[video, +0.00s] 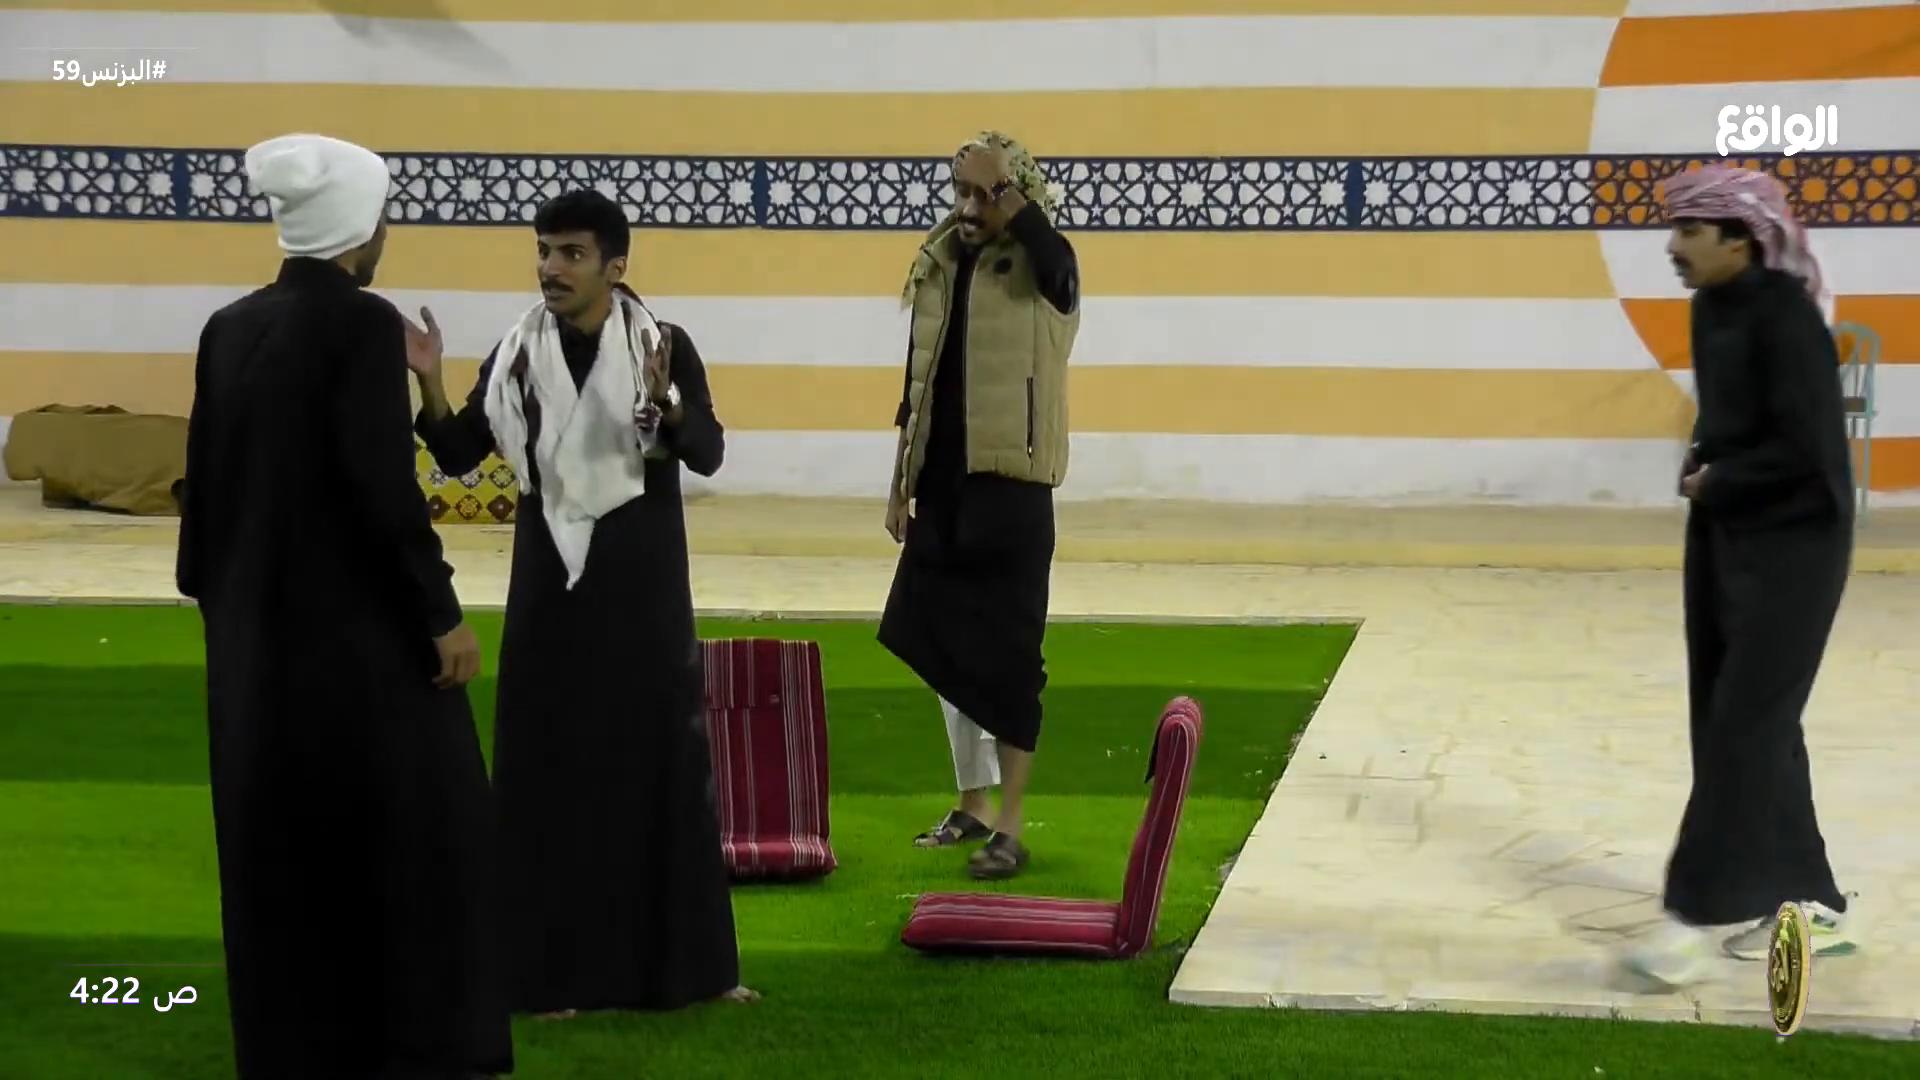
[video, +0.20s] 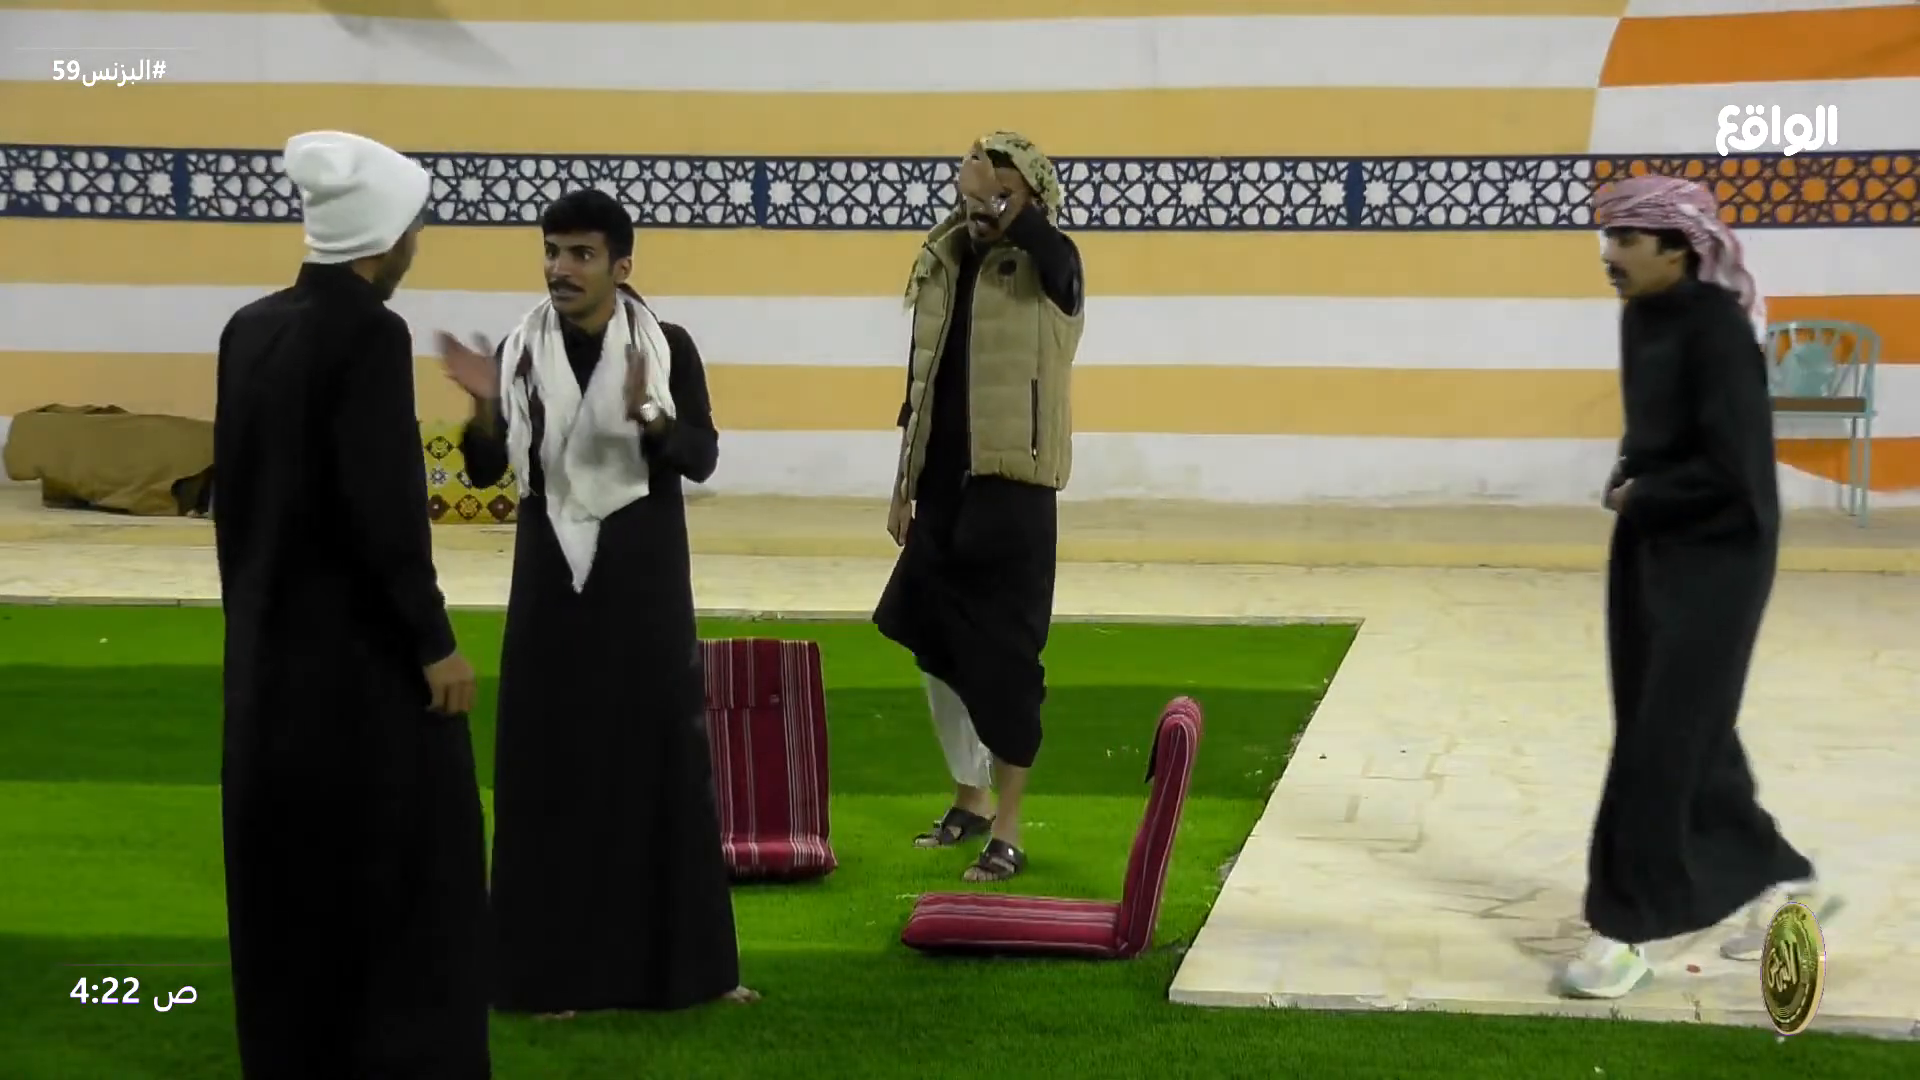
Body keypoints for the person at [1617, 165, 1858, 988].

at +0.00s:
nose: (1675, 249)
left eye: (1689, 234)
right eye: (1675, 234)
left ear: (1741, 239)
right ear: (1710, 242)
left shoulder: (1784, 313)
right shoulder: (1713, 314)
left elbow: (1805, 450)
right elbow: (1733, 419)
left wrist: (1715, 479)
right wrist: (1703, 456)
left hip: (1795, 549)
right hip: (1730, 545)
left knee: (1743, 718)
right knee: (1746, 718)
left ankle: (1703, 910)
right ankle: (1809, 896)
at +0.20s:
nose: (1609, 257)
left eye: (1625, 244)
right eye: (1607, 243)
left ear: (1676, 250)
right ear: (1627, 251)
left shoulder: (1714, 325)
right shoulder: (1647, 319)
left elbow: (1733, 471)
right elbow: (1660, 428)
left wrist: (1639, 492)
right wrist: (1626, 473)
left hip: (1716, 563)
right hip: (1656, 555)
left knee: (1662, 732)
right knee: (1677, 728)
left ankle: (1626, 929)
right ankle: (1776, 876)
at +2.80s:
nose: (1530, 322)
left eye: (1552, 297)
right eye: (1506, 297)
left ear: (1584, 299)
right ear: (1465, 297)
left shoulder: (1638, 411)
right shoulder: (1391, 394)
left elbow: (1685, 596)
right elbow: (1289, 504)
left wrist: (1517, 672)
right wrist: (1354, 622)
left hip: (1567, 757)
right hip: (1429, 747)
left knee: (1540, 1019)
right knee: (1444, 1011)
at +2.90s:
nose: (1535, 340)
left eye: (1556, 314)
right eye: (1509, 316)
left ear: (1589, 320)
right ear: (1467, 319)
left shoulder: (1650, 440)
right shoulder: (1393, 421)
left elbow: (1697, 629)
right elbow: (1297, 533)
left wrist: (1526, 708)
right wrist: (1365, 651)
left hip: (1580, 798)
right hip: (1439, 787)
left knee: (1552, 1050)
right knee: (1464, 1045)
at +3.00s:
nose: (1532, 341)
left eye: (1555, 315)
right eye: (1506, 315)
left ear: (1589, 326)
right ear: (1466, 321)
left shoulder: (1652, 445)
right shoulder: (1389, 431)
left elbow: (1707, 638)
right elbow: (1301, 551)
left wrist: (1535, 713)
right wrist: (1367, 664)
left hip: (1590, 805)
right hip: (1447, 799)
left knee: (1571, 1053)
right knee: (1473, 1048)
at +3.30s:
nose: (1574, 322)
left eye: (1602, 296)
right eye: (1548, 292)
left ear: (1634, 311)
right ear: (1500, 298)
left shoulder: (1690, 434)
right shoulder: (1400, 423)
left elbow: (1732, 647)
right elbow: (1277, 552)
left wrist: (1546, 735)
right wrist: (1373, 690)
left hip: (1623, 862)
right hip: (1450, 858)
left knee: (1645, 1066)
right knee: (1448, 1067)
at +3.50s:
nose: (1609, 378)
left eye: (1640, 352)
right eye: (1582, 346)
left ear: (1675, 366)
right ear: (1533, 349)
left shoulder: (1729, 489)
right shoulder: (1428, 475)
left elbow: (1775, 714)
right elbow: (1295, 609)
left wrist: (1580, 806)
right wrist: (1405, 757)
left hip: (1642, 930)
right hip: (1462, 918)